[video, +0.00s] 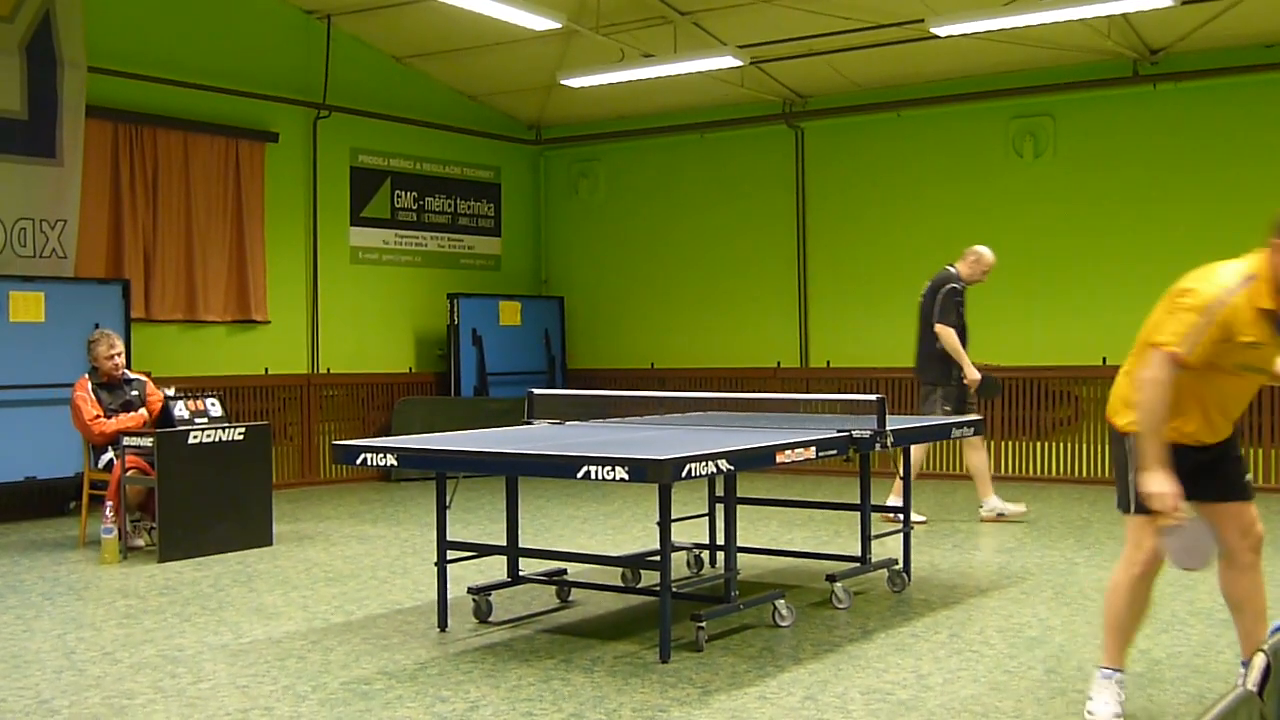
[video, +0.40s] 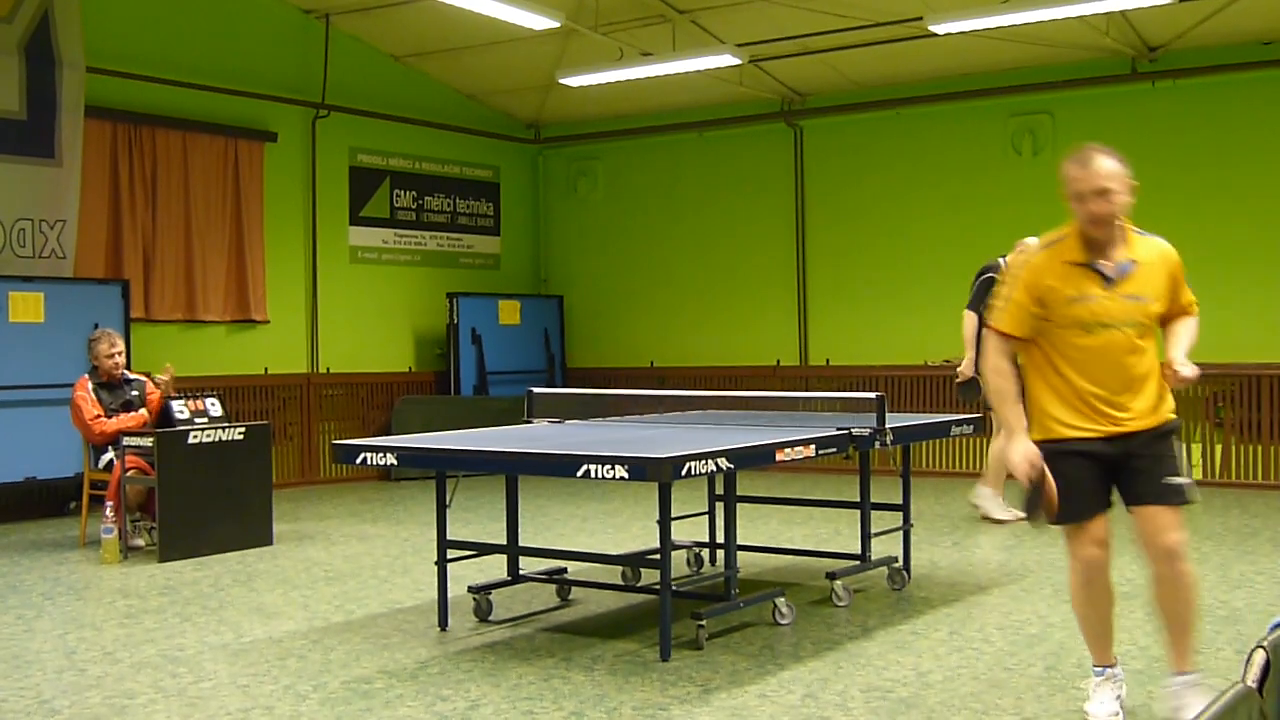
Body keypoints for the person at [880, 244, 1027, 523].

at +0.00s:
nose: (984, 279)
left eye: (987, 274)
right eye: (984, 272)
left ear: (969, 261)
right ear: (970, 261)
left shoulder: (946, 282)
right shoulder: (950, 285)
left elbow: (939, 333)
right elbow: (943, 328)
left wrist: (960, 369)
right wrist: (968, 366)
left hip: (953, 379)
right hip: (940, 377)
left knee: (973, 437)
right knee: (922, 439)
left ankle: (990, 502)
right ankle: (895, 502)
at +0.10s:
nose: (1001, 277)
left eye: (1004, 272)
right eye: (1001, 271)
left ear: (990, 260)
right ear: (989, 260)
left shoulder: (973, 284)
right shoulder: (965, 283)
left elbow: (961, 329)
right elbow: (954, 326)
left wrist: (972, 367)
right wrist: (966, 369)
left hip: (974, 371)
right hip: (959, 373)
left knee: (991, 431)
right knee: (952, 435)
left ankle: (993, 503)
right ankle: (905, 493)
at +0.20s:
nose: (1011, 274)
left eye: (1014, 269)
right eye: (1011, 267)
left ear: (1002, 259)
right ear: (998, 256)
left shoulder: (989, 283)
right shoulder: (972, 280)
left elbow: (983, 326)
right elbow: (958, 322)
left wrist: (996, 349)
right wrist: (966, 364)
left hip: (989, 365)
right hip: (973, 365)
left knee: (997, 430)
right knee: (975, 432)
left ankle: (994, 502)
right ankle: (923, 483)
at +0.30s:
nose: (1024, 272)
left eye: (1027, 268)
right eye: (1023, 266)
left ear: (1016, 258)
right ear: (1011, 255)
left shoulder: (1006, 281)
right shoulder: (984, 277)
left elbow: (1003, 319)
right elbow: (966, 316)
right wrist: (966, 360)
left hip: (1001, 363)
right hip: (985, 364)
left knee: (1002, 430)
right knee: (1004, 426)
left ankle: (995, 501)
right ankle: (956, 481)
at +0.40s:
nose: (1029, 261)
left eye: (1033, 257)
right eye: (1027, 254)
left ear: (1033, 258)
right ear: (1016, 251)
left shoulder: (1026, 281)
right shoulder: (993, 272)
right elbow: (972, 312)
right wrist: (969, 357)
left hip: (1013, 360)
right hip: (993, 359)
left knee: (1006, 427)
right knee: (1008, 424)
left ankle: (989, 490)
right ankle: (990, 492)